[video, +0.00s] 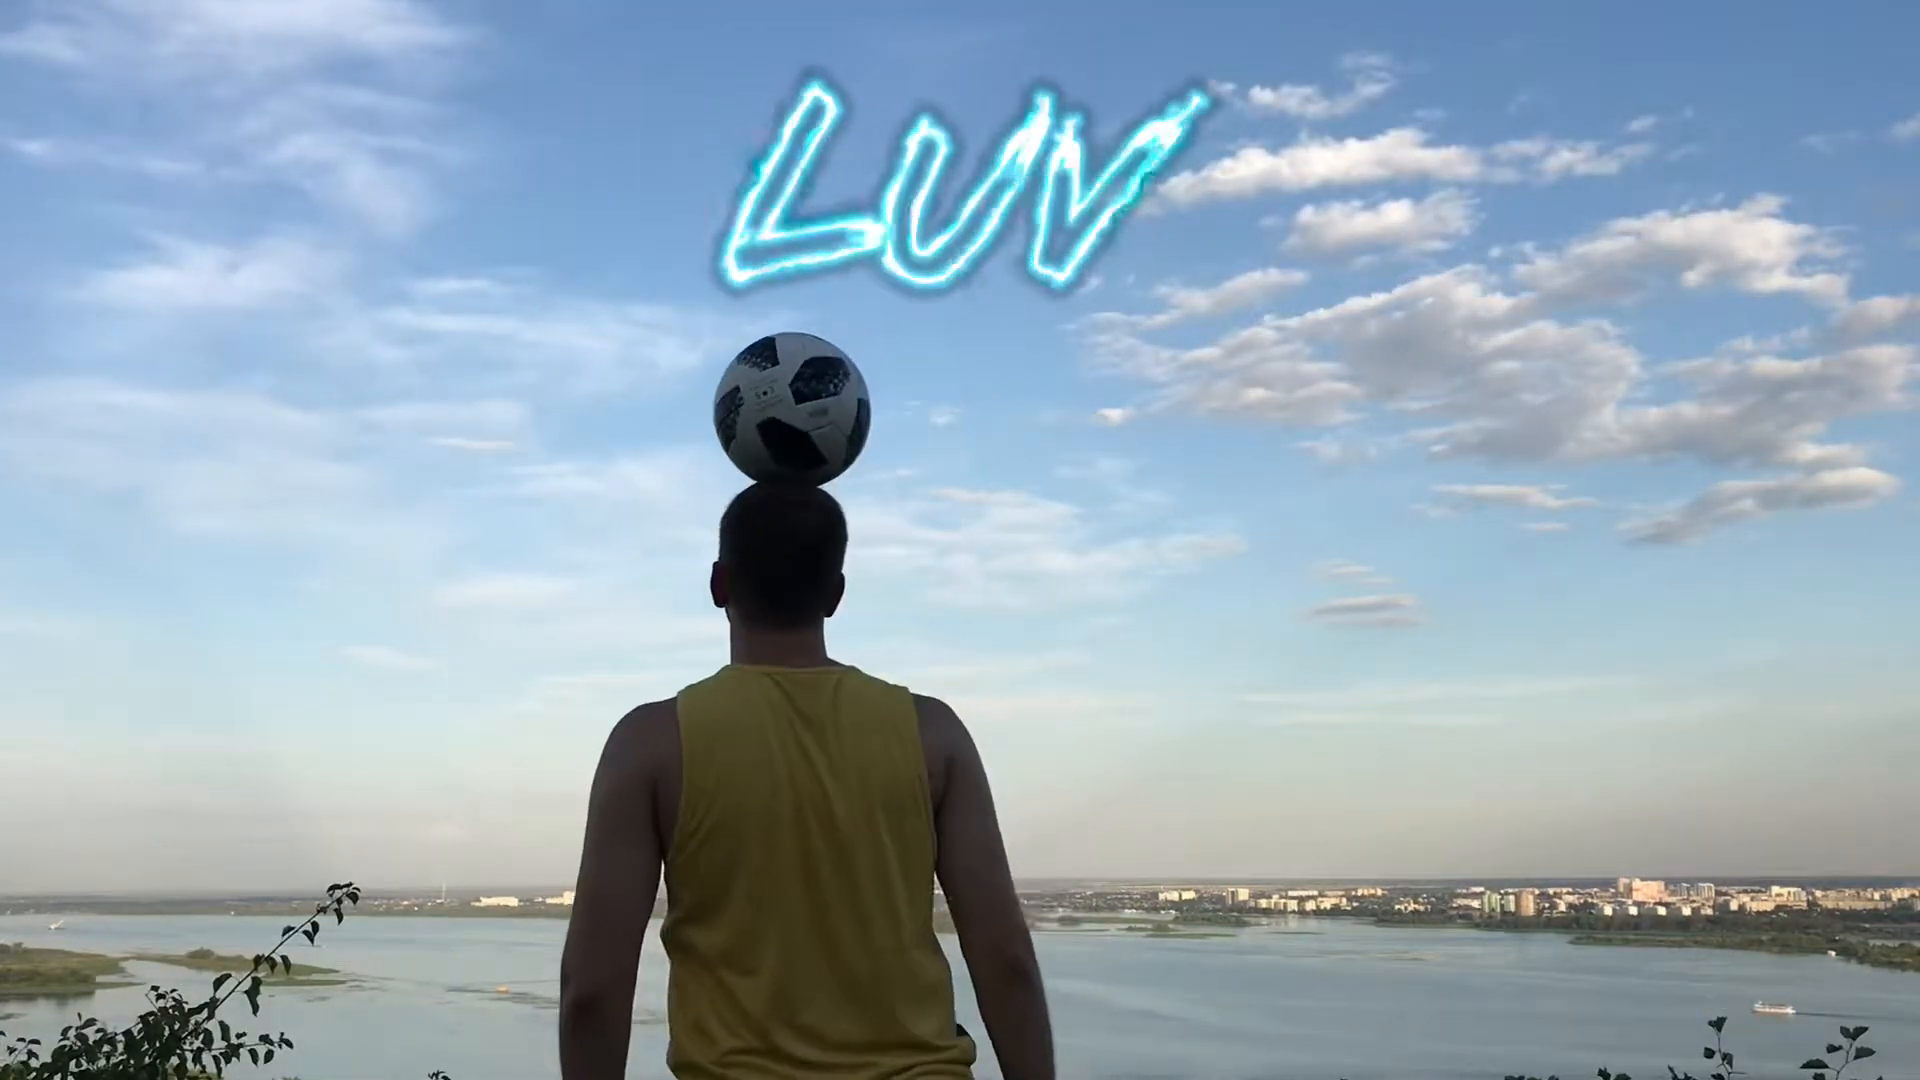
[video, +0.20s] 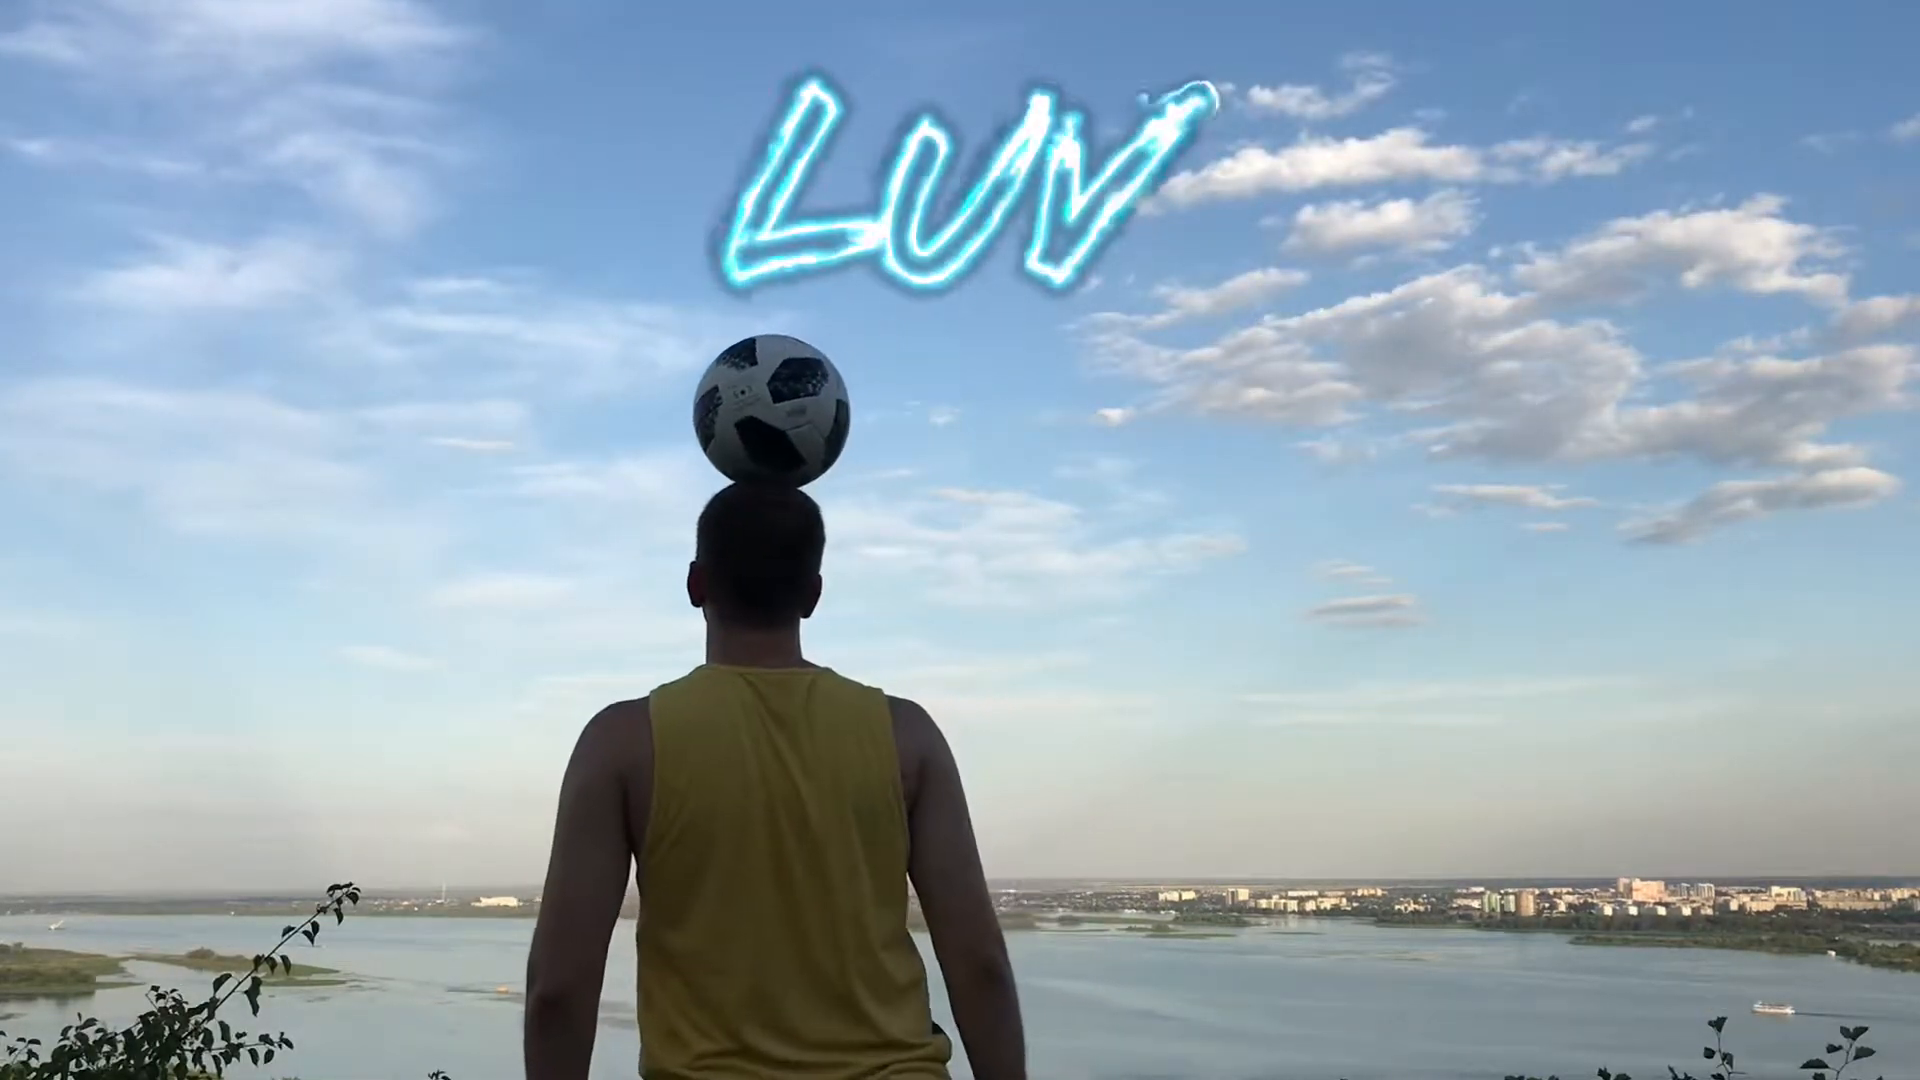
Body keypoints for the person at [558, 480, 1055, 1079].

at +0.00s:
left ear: (718, 584)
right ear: (838, 591)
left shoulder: (652, 739)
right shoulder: (932, 732)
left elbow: (591, 997)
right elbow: (1007, 966)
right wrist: (1031, 1073)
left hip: (730, 1060)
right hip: (921, 1060)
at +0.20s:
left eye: (691, 565)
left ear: (695, 583)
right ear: (816, 591)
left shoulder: (624, 739)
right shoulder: (906, 734)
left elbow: (557, 997)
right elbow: (981, 969)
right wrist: (1003, 1074)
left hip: (701, 1061)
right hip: (894, 1061)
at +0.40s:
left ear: (703, 585)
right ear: (824, 590)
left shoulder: (631, 737)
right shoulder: (911, 736)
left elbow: (556, 989)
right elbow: (979, 973)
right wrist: (993, 1074)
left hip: (700, 1060)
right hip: (891, 1060)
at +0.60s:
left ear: (728, 587)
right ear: (845, 595)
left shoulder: (655, 734)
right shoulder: (933, 736)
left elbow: (578, 981)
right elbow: (1001, 973)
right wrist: (1010, 1074)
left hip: (716, 1059)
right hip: (905, 1061)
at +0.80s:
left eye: (731, 571)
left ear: (736, 588)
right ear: (853, 591)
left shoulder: (666, 734)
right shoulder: (944, 733)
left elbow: (598, 980)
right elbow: (1015, 968)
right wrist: (1032, 1076)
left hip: (728, 1064)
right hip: (913, 1065)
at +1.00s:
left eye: (712, 566)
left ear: (714, 583)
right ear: (832, 590)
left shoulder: (640, 735)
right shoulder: (921, 731)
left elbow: (581, 989)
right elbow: (1001, 963)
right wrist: (1026, 1076)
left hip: (711, 1066)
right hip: (898, 1065)